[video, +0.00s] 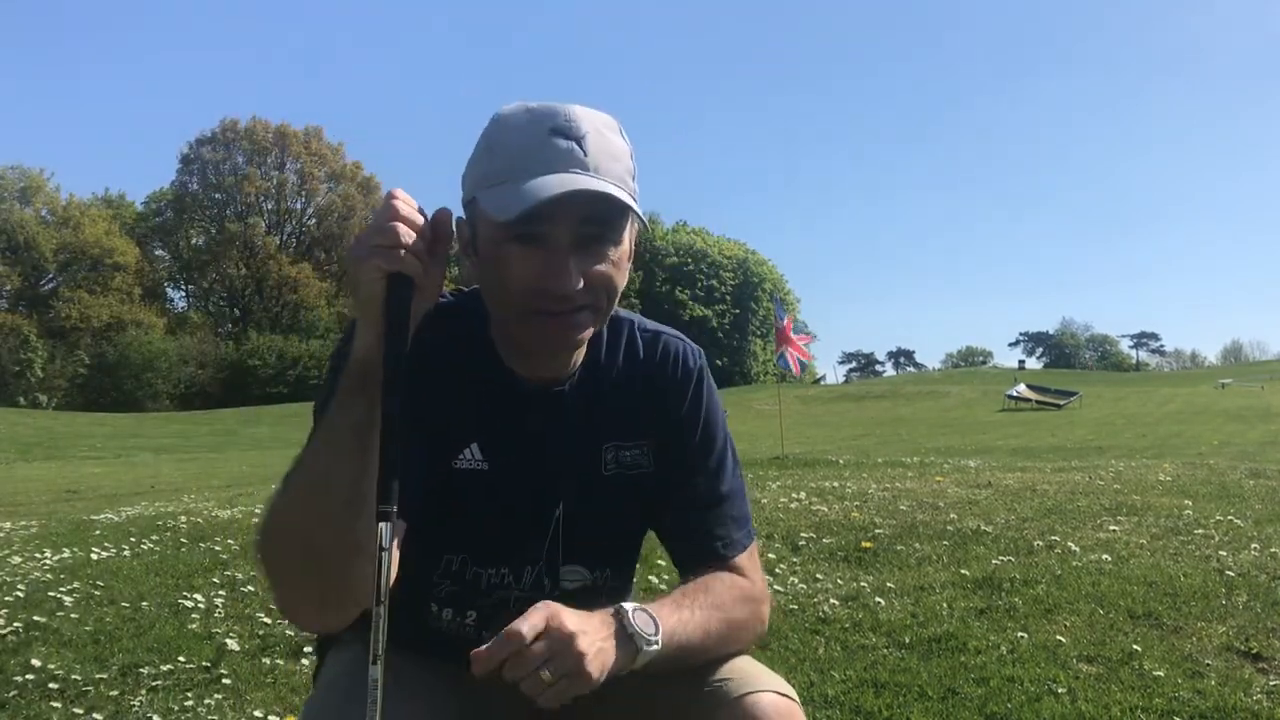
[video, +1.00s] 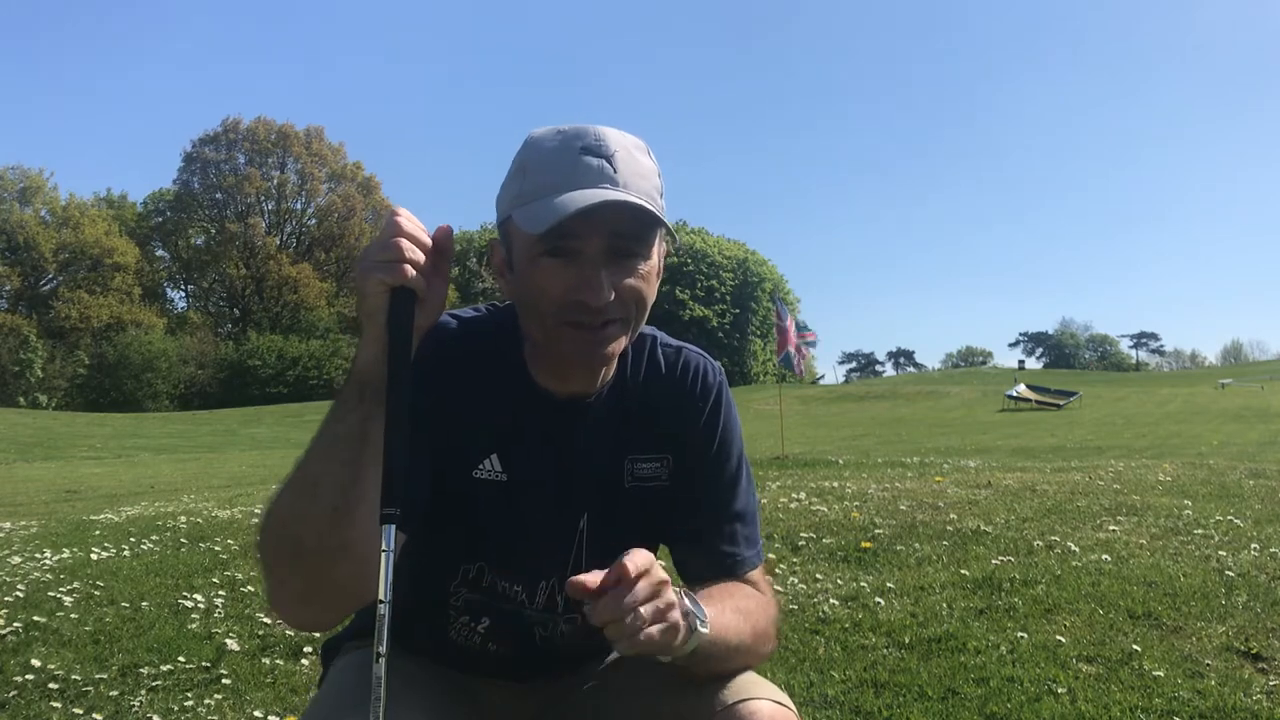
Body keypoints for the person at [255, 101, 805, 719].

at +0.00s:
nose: (564, 279)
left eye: (594, 238)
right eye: (528, 238)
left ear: (631, 248)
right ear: (469, 245)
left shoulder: (666, 372)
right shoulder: (401, 352)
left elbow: (742, 596)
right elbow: (314, 604)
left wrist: (618, 636)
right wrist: (371, 344)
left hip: (599, 668)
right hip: (421, 662)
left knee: (768, 708)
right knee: (346, 700)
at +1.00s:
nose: (597, 291)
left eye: (626, 252)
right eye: (560, 252)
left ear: (660, 263)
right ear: (501, 263)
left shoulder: (688, 388)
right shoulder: (430, 362)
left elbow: (752, 612)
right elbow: (302, 601)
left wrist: (685, 621)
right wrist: (377, 357)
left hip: (607, 666)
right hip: (430, 666)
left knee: (762, 712)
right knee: (348, 708)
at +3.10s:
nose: (616, 285)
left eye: (646, 249)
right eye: (582, 247)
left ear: (678, 269)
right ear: (523, 262)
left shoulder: (699, 387)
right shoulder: (452, 363)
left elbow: (768, 616)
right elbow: (314, 600)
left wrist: (630, 648)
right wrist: (390, 363)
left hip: (610, 673)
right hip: (433, 663)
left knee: (779, 709)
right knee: (357, 710)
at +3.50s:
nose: (605, 282)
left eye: (638, 249)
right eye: (576, 243)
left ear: (675, 277)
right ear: (521, 260)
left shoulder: (700, 395)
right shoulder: (449, 366)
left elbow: (774, 626)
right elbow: (320, 603)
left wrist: (688, 610)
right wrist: (393, 363)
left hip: (615, 667)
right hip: (440, 665)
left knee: (773, 708)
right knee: (355, 709)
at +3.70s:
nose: (604, 286)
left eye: (637, 252)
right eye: (574, 246)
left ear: (672, 277)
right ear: (519, 260)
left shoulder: (698, 392)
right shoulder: (446, 367)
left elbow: (770, 611)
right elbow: (317, 605)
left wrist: (751, 614)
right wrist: (389, 366)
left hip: (612, 668)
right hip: (437, 668)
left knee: (780, 711)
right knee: (354, 712)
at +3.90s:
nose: (604, 286)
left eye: (637, 252)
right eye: (574, 246)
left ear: (672, 276)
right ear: (520, 260)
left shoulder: (697, 394)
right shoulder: (445, 367)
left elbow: (770, 612)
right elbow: (313, 604)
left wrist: (664, 635)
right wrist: (389, 363)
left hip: (611, 674)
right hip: (433, 668)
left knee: (778, 710)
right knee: (356, 714)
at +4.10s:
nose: (605, 290)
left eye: (635, 256)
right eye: (573, 251)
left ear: (670, 277)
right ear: (518, 263)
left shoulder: (696, 390)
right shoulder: (440, 368)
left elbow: (769, 609)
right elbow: (306, 603)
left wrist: (658, 653)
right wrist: (382, 366)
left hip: (612, 670)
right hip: (434, 667)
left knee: (780, 712)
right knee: (353, 714)